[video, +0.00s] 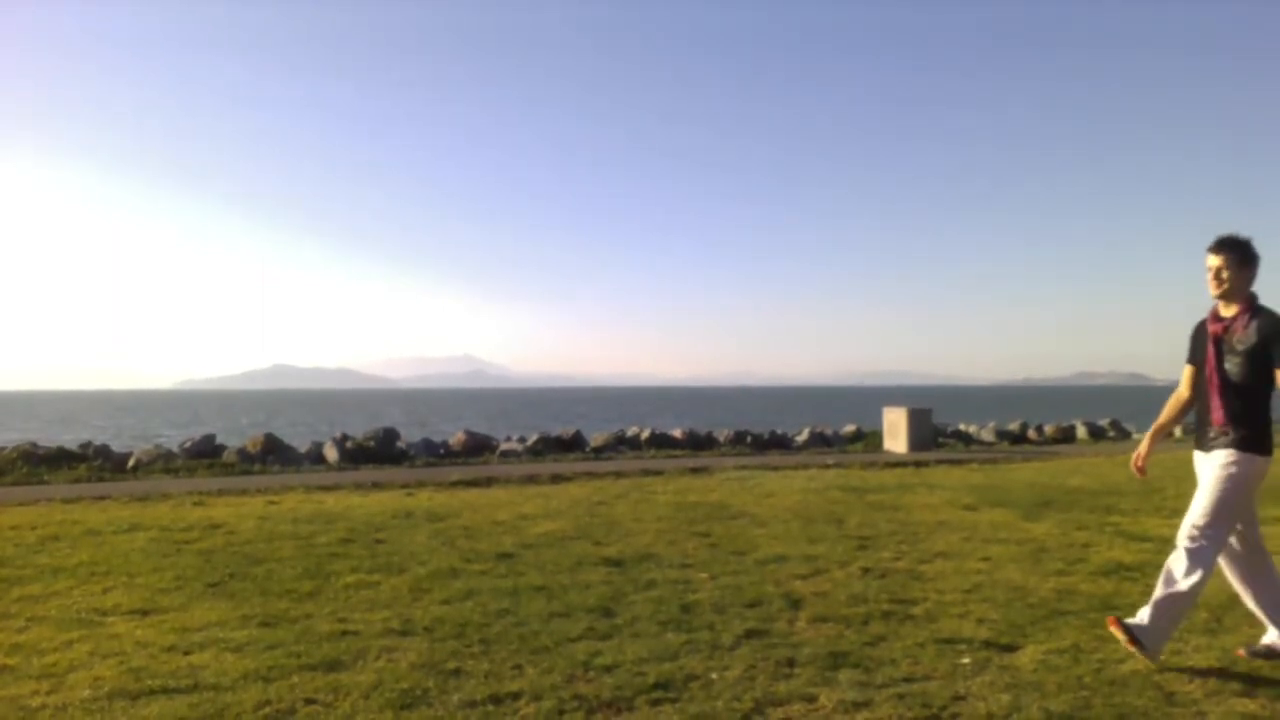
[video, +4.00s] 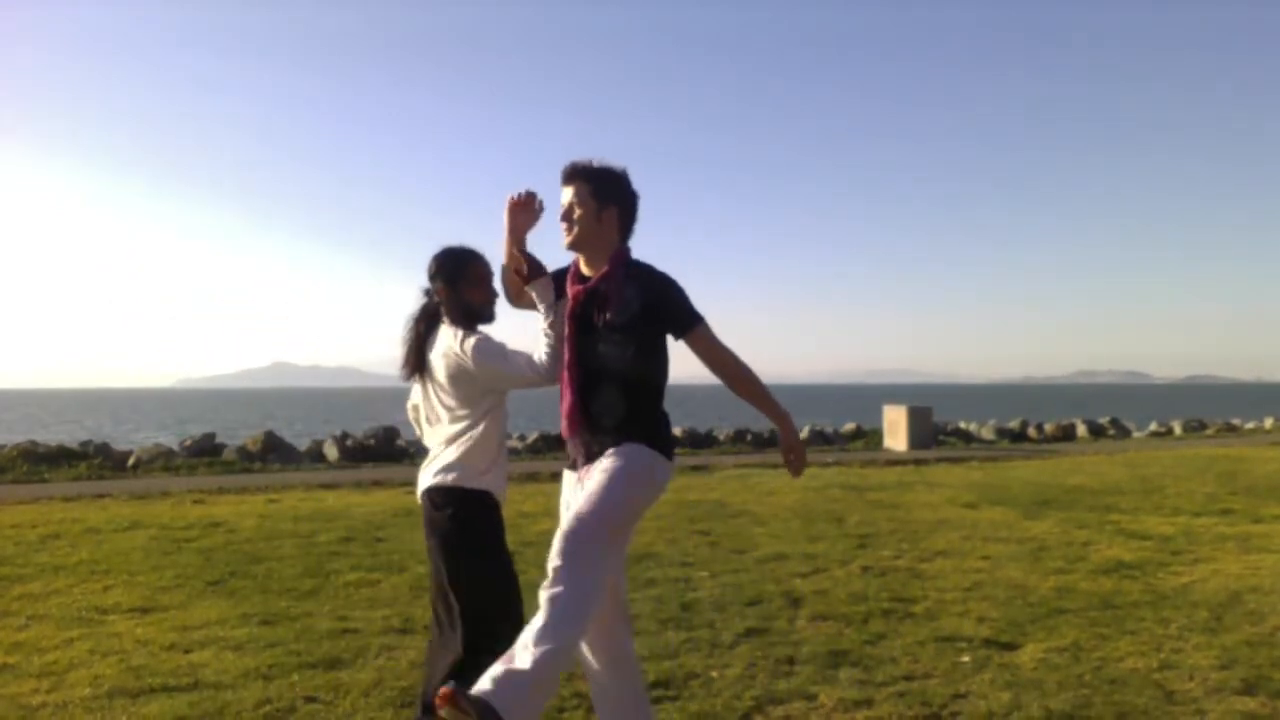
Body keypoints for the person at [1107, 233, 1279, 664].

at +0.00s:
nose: (1214, 278)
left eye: (1224, 270)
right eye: (1210, 271)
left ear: (1249, 272)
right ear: (1207, 275)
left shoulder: (1267, 326)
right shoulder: (1205, 328)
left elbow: (1275, 382)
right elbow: (1186, 390)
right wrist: (1152, 436)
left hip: (1244, 449)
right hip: (1207, 448)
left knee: (1197, 536)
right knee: (1241, 547)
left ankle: (1150, 631)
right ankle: (1277, 628)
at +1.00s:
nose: (985, 276)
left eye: (994, 267)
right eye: (981, 269)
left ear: (1023, 269)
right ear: (983, 274)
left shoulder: (1043, 322)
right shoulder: (997, 323)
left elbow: (1034, 394)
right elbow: (1008, 390)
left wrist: (983, 444)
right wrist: (1004, 442)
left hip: (1040, 462)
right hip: (995, 458)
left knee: (1056, 559)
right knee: (968, 557)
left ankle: (1122, 644)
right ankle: (957, 669)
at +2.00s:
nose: (780, 258)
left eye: (788, 249)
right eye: (777, 250)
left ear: (821, 249)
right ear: (783, 253)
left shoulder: (843, 309)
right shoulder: (796, 309)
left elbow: (866, 391)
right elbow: (802, 397)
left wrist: (843, 466)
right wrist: (777, 458)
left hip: (824, 461)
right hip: (793, 459)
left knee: (803, 579)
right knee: (790, 570)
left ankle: (800, 697)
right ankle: (868, 641)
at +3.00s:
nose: (617, 234)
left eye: (626, 223)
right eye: (614, 225)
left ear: (661, 223)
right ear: (623, 231)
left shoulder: (700, 285)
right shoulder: (631, 301)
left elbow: (740, 369)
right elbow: (585, 360)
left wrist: (756, 453)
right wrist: (578, 299)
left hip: (708, 466)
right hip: (645, 470)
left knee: (734, 588)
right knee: (636, 600)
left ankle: (759, 701)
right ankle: (645, 713)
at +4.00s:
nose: (562, 218)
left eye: (573, 209)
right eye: (562, 210)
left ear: (612, 216)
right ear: (573, 218)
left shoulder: (650, 287)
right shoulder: (565, 283)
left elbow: (718, 360)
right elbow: (518, 290)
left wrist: (784, 423)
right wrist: (515, 238)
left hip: (635, 452)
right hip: (580, 460)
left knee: (574, 551)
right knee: (600, 612)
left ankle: (500, 700)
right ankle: (626, 714)